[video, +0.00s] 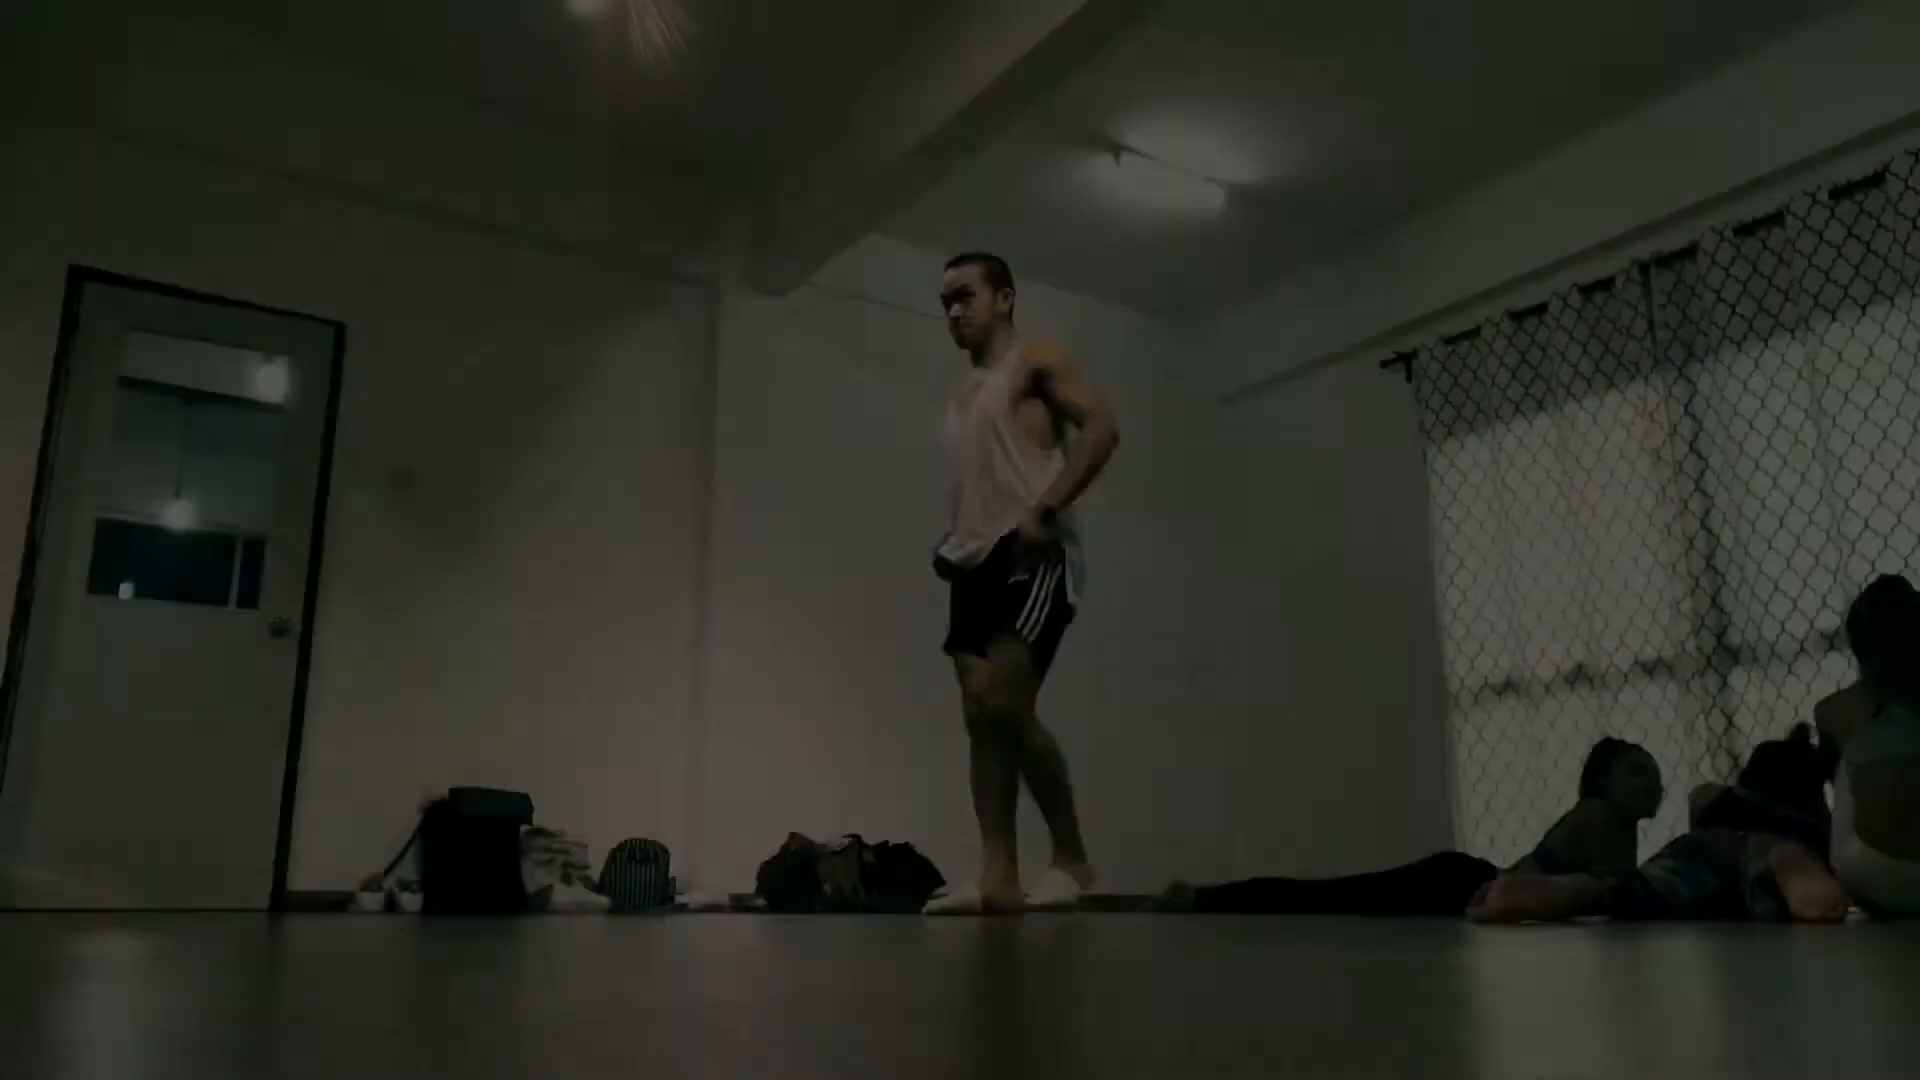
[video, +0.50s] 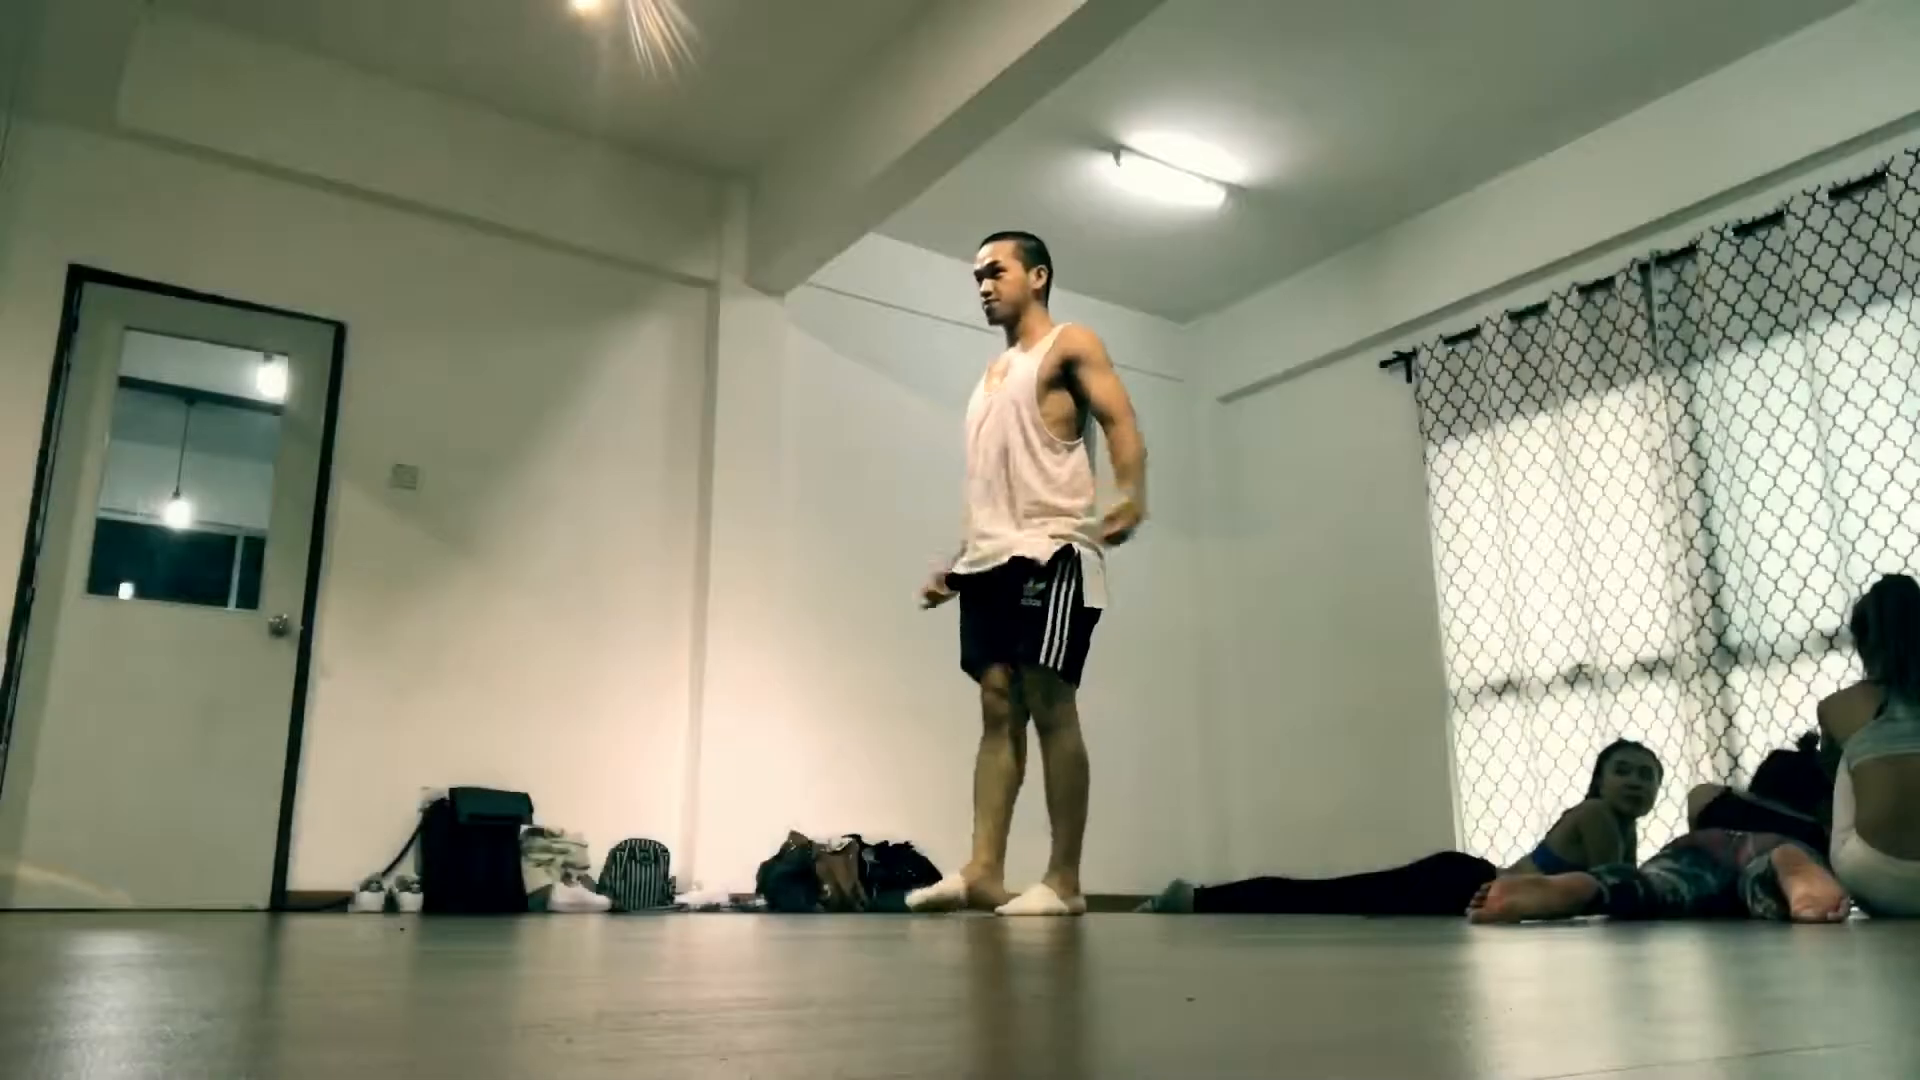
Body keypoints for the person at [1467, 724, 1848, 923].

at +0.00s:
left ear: (1750, 775)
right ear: (1812, 784)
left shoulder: (1714, 796)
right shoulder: (1811, 822)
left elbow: (1700, 807)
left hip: (1709, 846)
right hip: (1784, 847)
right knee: (1795, 873)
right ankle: (1815, 895)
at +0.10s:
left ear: (1746, 776)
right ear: (1811, 786)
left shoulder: (1711, 797)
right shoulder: (1815, 825)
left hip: (1711, 844)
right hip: (1784, 846)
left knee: (1647, 881)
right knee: (1788, 868)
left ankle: (1554, 891)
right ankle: (1809, 884)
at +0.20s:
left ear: (1746, 778)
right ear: (1810, 788)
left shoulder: (1709, 796)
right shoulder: (1816, 827)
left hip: (1712, 844)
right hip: (1786, 847)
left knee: (1649, 881)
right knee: (1785, 869)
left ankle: (1551, 890)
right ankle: (1806, 880)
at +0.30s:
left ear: (1747, 778)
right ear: (1812, 792)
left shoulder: (1708, 796)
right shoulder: (1815, 826)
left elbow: (1707, 837)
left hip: (1710, 846)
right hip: (1787, 845)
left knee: (1656, 881)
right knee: (1776, 873)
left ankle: (1563, 888)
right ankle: (1799, 875)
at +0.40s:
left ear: (1751, 777)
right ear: (1813, 789)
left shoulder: (1709, 796)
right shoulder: (1815, 823)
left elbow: (1698, 837)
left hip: (1711, 842)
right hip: (1786, 841)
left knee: (1655, 880)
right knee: (1778, 872)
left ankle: (1562, 888)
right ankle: (1801, 877)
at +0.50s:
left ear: (1758, 787)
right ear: (1817, 796)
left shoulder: (1719, 803)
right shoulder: (1816, 826)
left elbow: (1702, 795)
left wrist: (1698, 844)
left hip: (1715, 837)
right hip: (1787, 844)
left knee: (1654, 879)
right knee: (1779, 873)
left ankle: (1564, 887)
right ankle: (1800, 874)